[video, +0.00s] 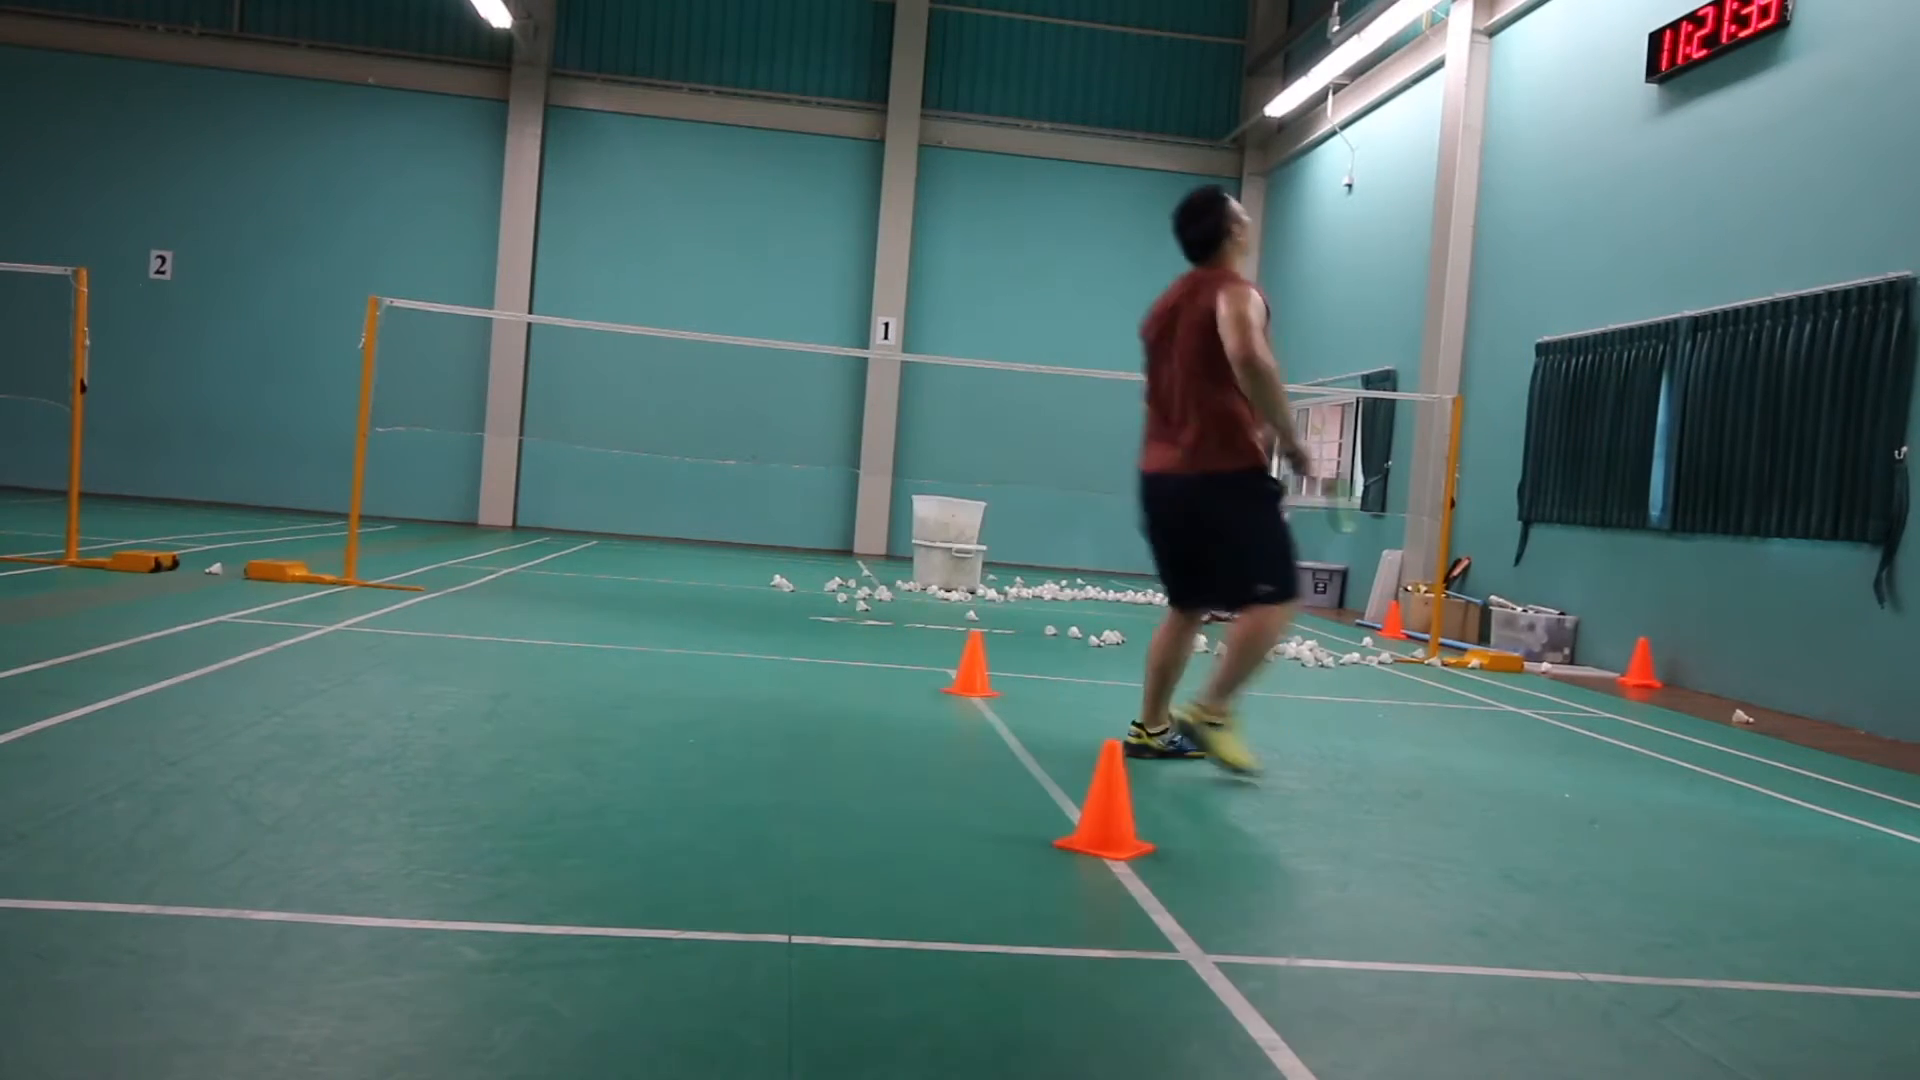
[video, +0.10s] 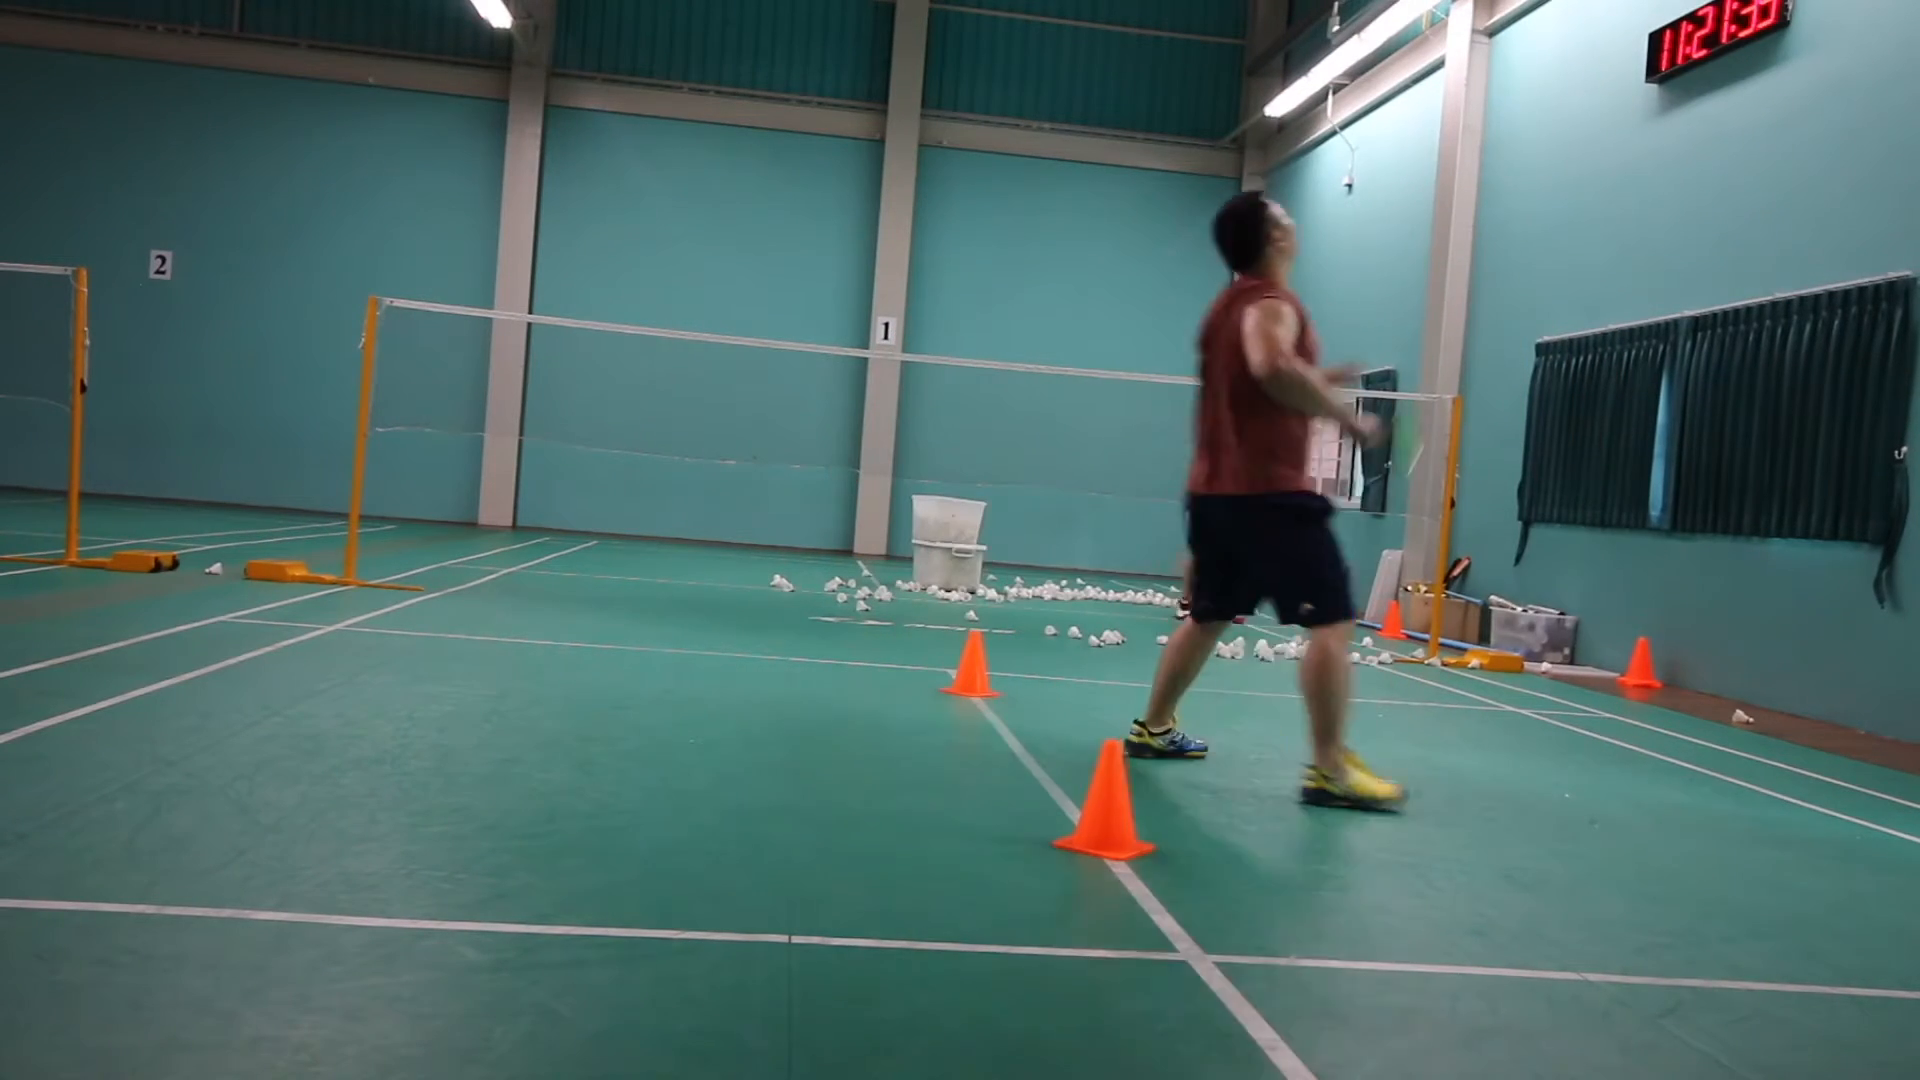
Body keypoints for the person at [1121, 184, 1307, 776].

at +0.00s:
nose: (1251, 224)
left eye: (1245, 214)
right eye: (1243, 217)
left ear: (1193, 241)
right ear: (1230, 231)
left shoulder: (1165, 303)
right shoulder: (1238, 292)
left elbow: (1164, 395)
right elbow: (1247, 357)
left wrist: (1235, 433)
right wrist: (1291, 437)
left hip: (1165, 479)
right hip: (1228, 478)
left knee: (1186, 603)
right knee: (1273, 599)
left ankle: (1151, 726)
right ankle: (1211, 710)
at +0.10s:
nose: (1292, 230)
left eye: (1287, 220)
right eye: (1283, 223)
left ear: (1239, 248)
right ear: (1267, 240)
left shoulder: (1225, 306)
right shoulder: (1270, 301)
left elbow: (1239, 388)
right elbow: (1270, 365)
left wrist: (1317, 377)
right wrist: (1349, 418)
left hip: (1219, 497)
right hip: (1277, 500)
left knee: (1208, 615)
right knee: (1331, 622)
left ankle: (1155, 724)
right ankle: (1331, 767)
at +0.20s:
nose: (1348, 213)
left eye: (1341, 204)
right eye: (1339, 208)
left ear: (1298, 239)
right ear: (1327, 229)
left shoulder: (1297, 288)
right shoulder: (1322, 287)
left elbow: (1342, 306)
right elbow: (1317, 337)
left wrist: (1390, 266)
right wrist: (1414, 322)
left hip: (1288, 493)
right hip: (1347, 492)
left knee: (1278, 612)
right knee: (1378, 629)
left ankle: (1195, 724)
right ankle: (1341, 770)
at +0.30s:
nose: (1392, 193)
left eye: (1384, 185)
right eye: (1381, 187)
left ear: (1341, 219)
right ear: (1365, 206)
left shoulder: (1353, 268)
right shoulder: (1351, 270)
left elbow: (1384, 235)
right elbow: (1332, 332)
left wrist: (1424, 185)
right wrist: (1419, 268)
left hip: (1326, 483)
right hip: (1380, 481)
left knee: (1351, 620)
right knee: (1426, 619)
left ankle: (1280, 735)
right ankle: (1368, 752)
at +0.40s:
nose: (1444, 195)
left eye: (1437, 189)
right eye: (1433, 191)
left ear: (1394, 227)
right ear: (1417, 220)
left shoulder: (1415, 273)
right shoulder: (1397, 291)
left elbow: (1428, 212)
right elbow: (1369, 363)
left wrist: (1449, 140)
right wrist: (1443, 279)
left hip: (1377, 503)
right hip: (1435, 504)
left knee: (1379, 640)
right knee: (1519, 632)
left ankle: (1284, 753)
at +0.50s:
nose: (1499, 209)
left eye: (1489, 203)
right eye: (1488, 206)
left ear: (1441, 240)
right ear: (1471, 233)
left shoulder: (1448, 283)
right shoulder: (1453, 302)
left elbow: (1447, 224)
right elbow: (1436, 374)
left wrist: (1454, 147)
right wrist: (1497, 281)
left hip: (1442, 522)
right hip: (1507, 522)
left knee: (1426, 652)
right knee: (1566, 665)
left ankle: (1305, 743)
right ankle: (1567, 840)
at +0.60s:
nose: (1544, 197)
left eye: (1536, 187)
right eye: (1531, 191)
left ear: (1476, 229)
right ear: (1524, 220)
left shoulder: (1466, 287)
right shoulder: (1527, 294)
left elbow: (1429, 264)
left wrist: (1401, 233)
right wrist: (1538, 210)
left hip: (1501, 517)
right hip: (1586, 520)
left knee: (1449, 653)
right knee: (1609, 673)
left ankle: (1357, 776)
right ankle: (1573, 836)